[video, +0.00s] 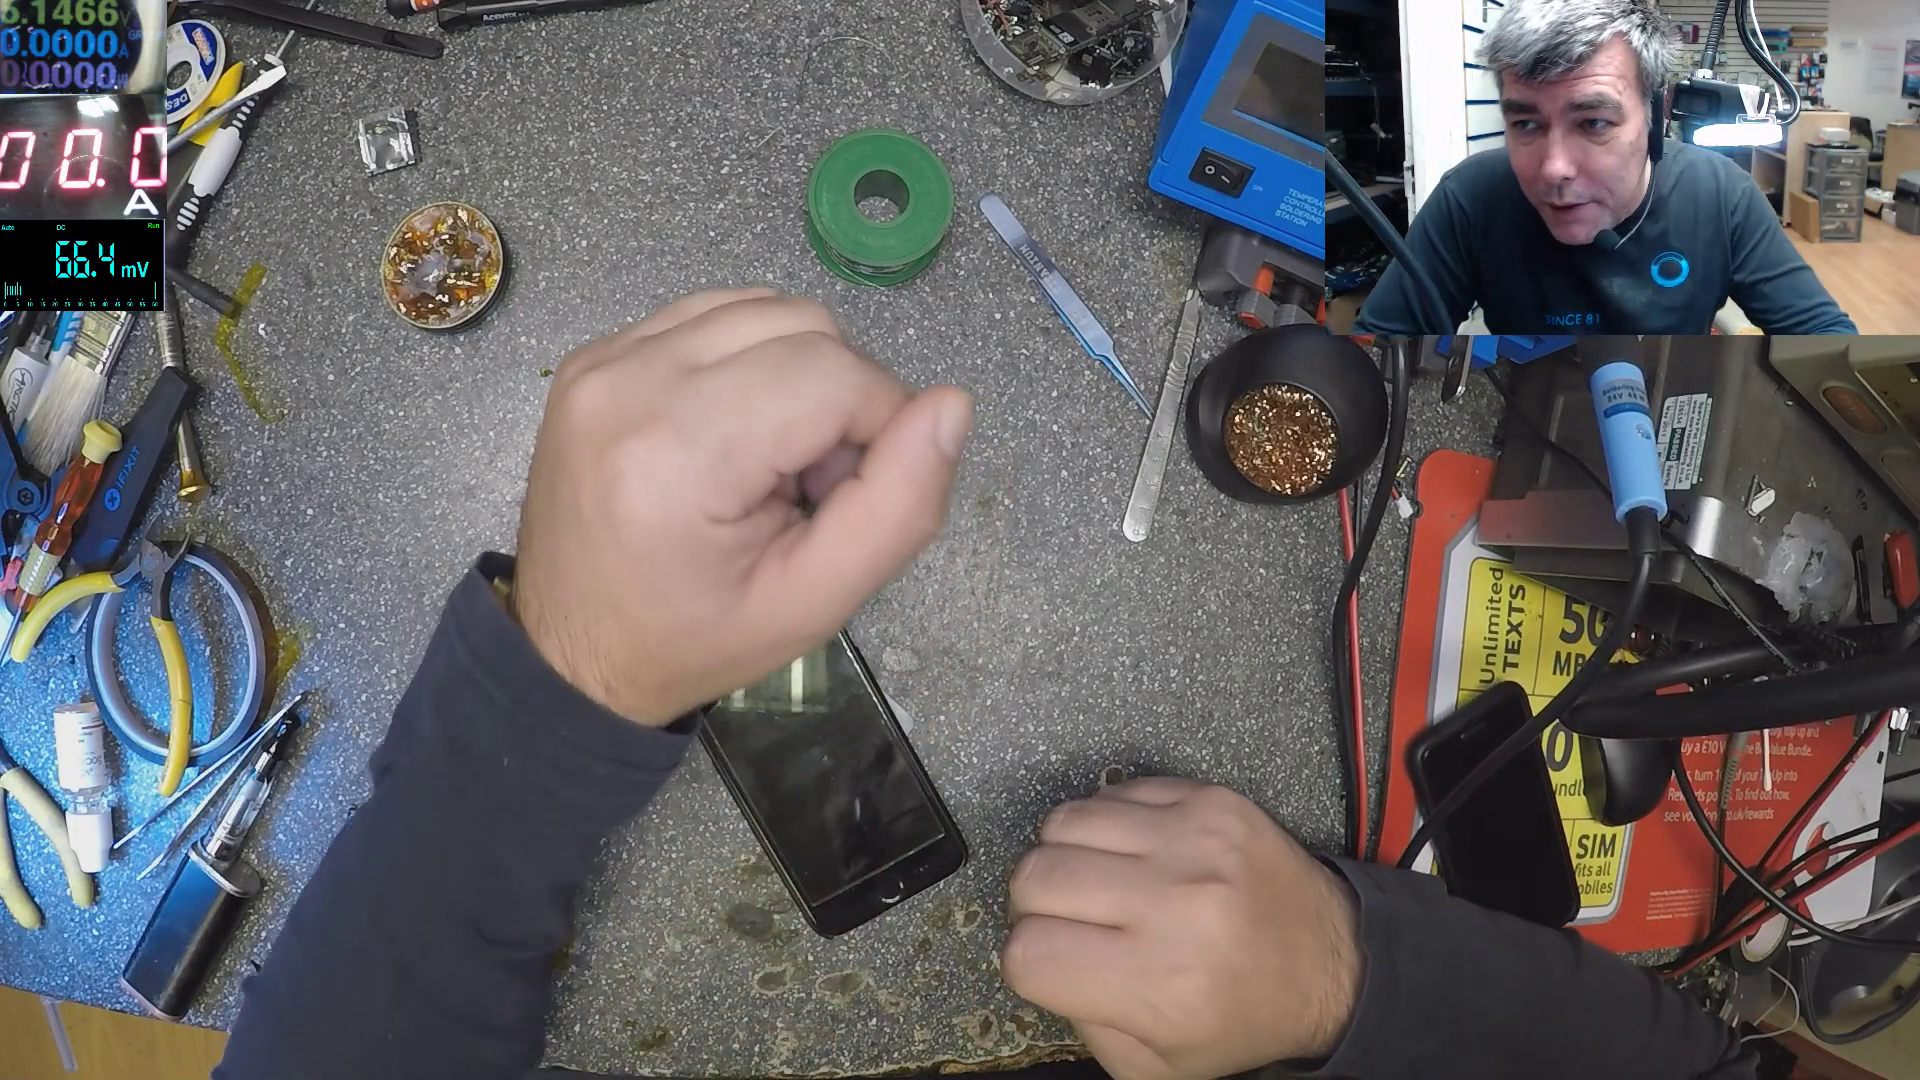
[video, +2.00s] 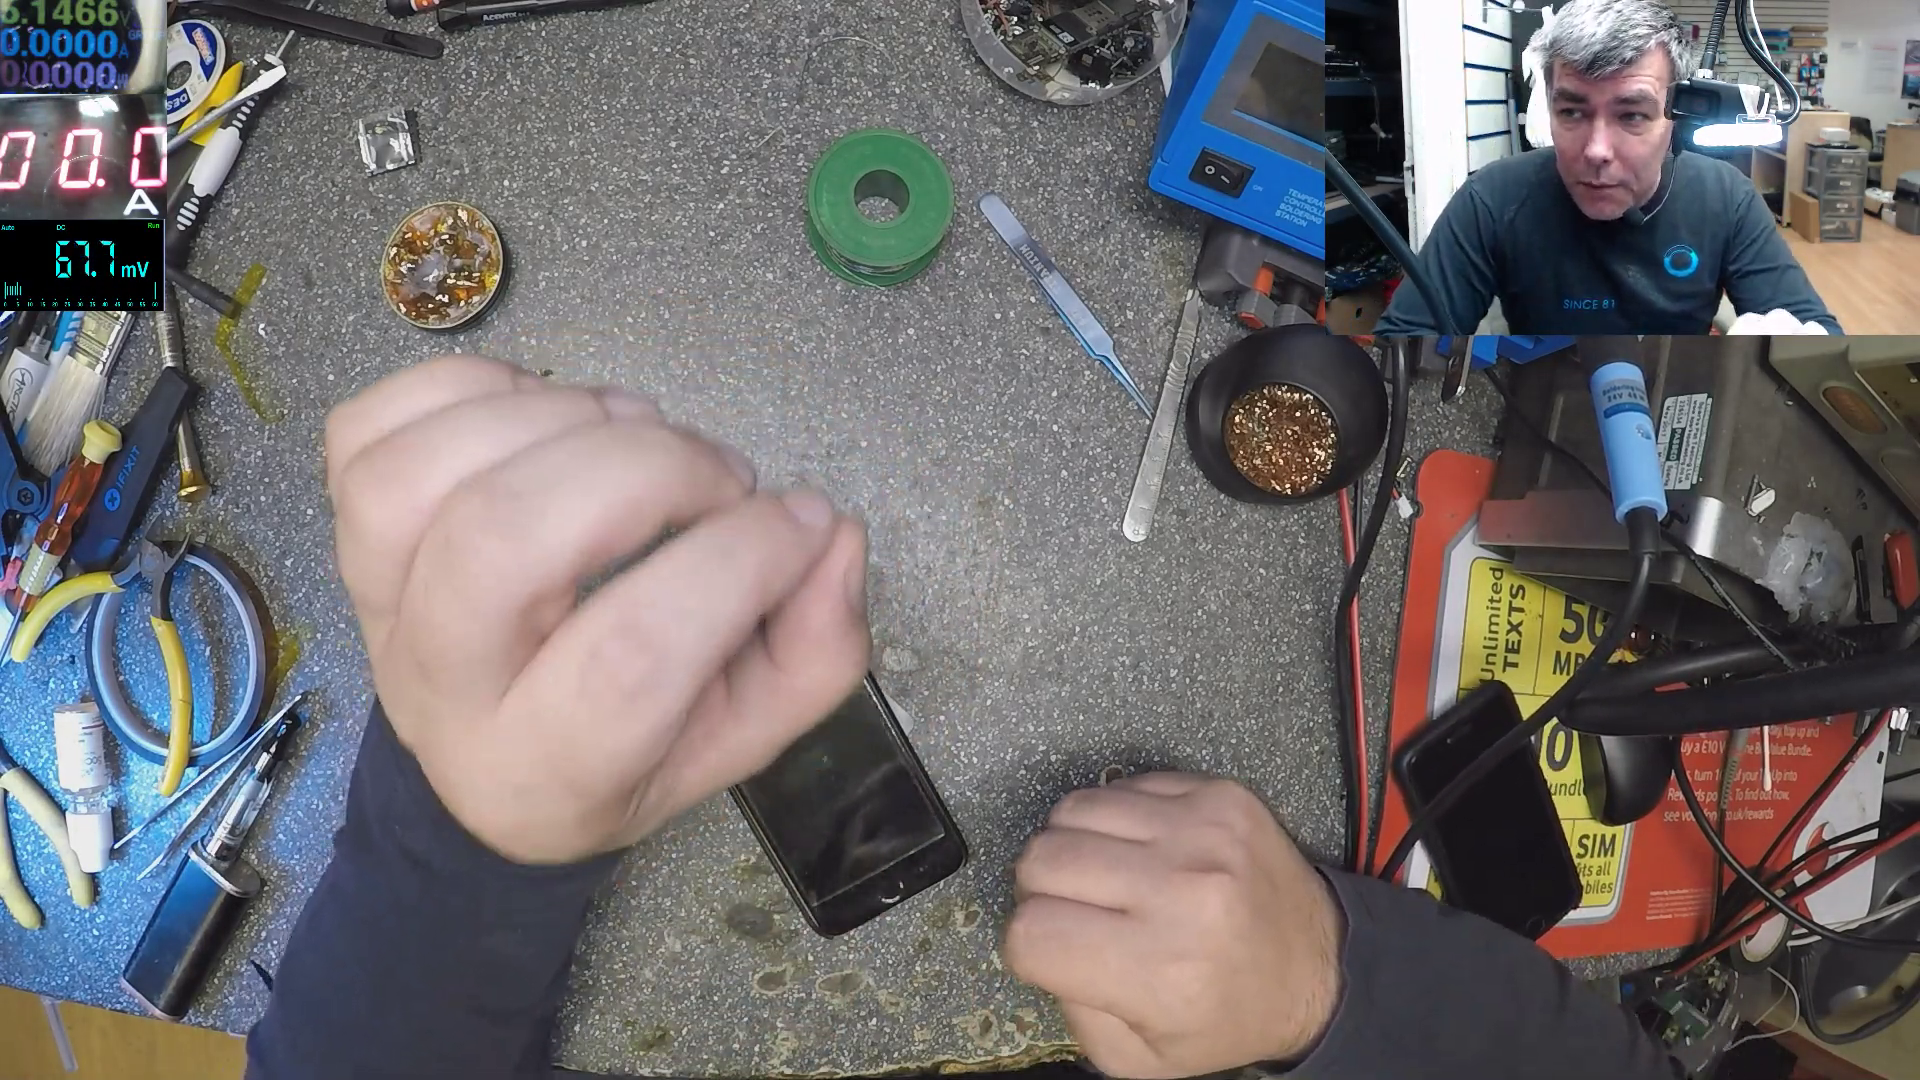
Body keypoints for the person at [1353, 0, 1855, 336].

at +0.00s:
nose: (1555, 170)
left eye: (1593, 123)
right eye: (1526, 125)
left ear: (1655, 117)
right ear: (1504, 119)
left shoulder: (1720, 198)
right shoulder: (1468, 203)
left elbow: (1824, 339)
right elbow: (1378, 348)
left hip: (1675, 426)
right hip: (1525, 427)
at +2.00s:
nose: (1597, 153)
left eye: (1632, 116)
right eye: (1573, 112)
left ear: (1670, 115)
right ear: (1546, 107)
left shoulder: (1723, 199)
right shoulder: (1493, 203)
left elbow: (1817, 331)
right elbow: (1401, 342)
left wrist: (1788, 344)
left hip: (1683, 432)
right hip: (1542, 431)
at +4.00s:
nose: (1599, 158)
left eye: (1632, 123)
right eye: (1575, 119)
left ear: (1670, 119)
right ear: (1549, 111)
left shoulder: (1722, 201)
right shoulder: (1496, 203)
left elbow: (1802, 329)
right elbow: (1407, 338)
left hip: (1680, 421)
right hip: (1544, 421)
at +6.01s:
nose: (1589, 135)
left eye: (1623, 103)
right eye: (1568, 101)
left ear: (1666, 111)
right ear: (1545, 108)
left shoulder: (1721, 200)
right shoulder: (1496, 203)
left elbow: (1802, 329)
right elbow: (1407, 337)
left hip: (1681, 419)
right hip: (1544, 420)